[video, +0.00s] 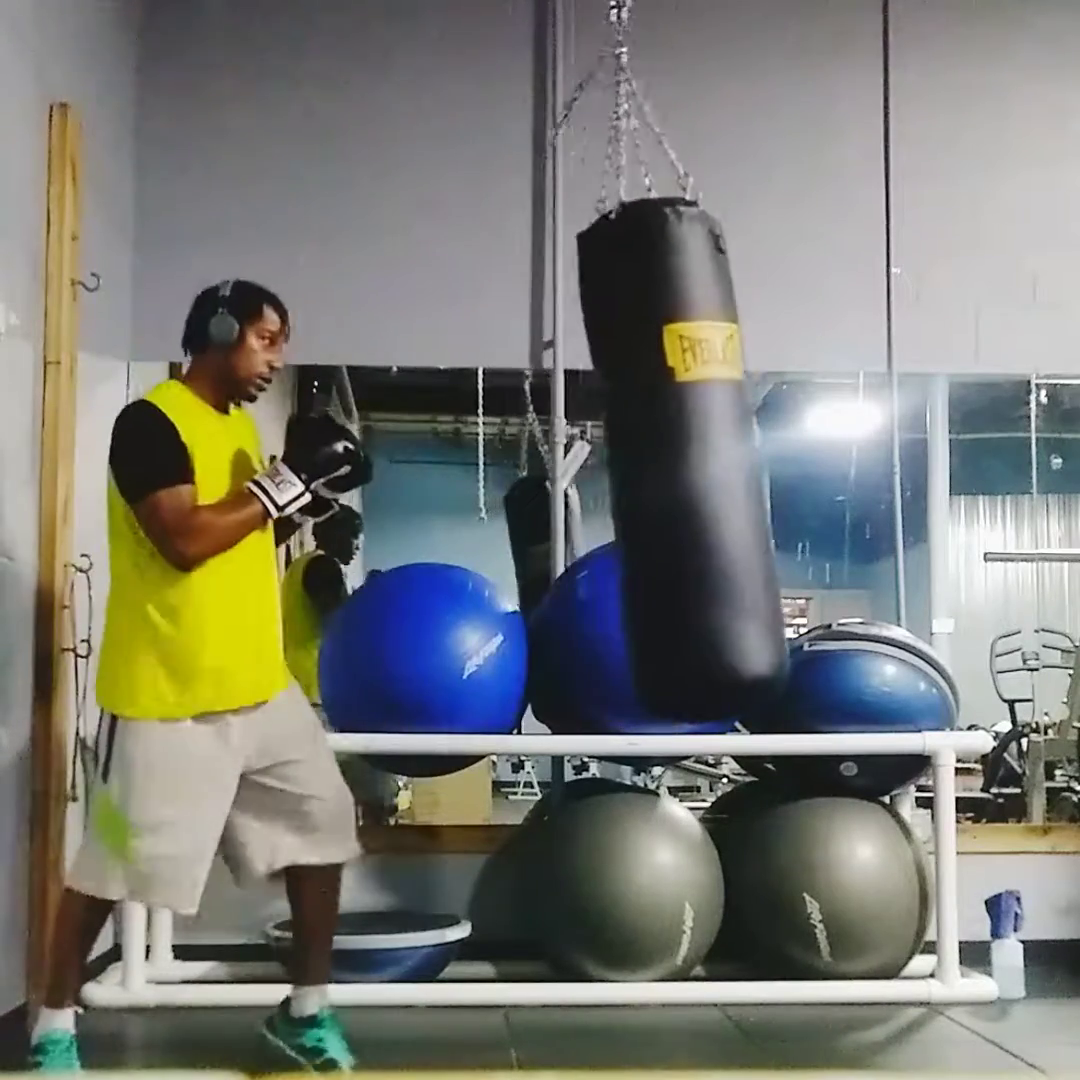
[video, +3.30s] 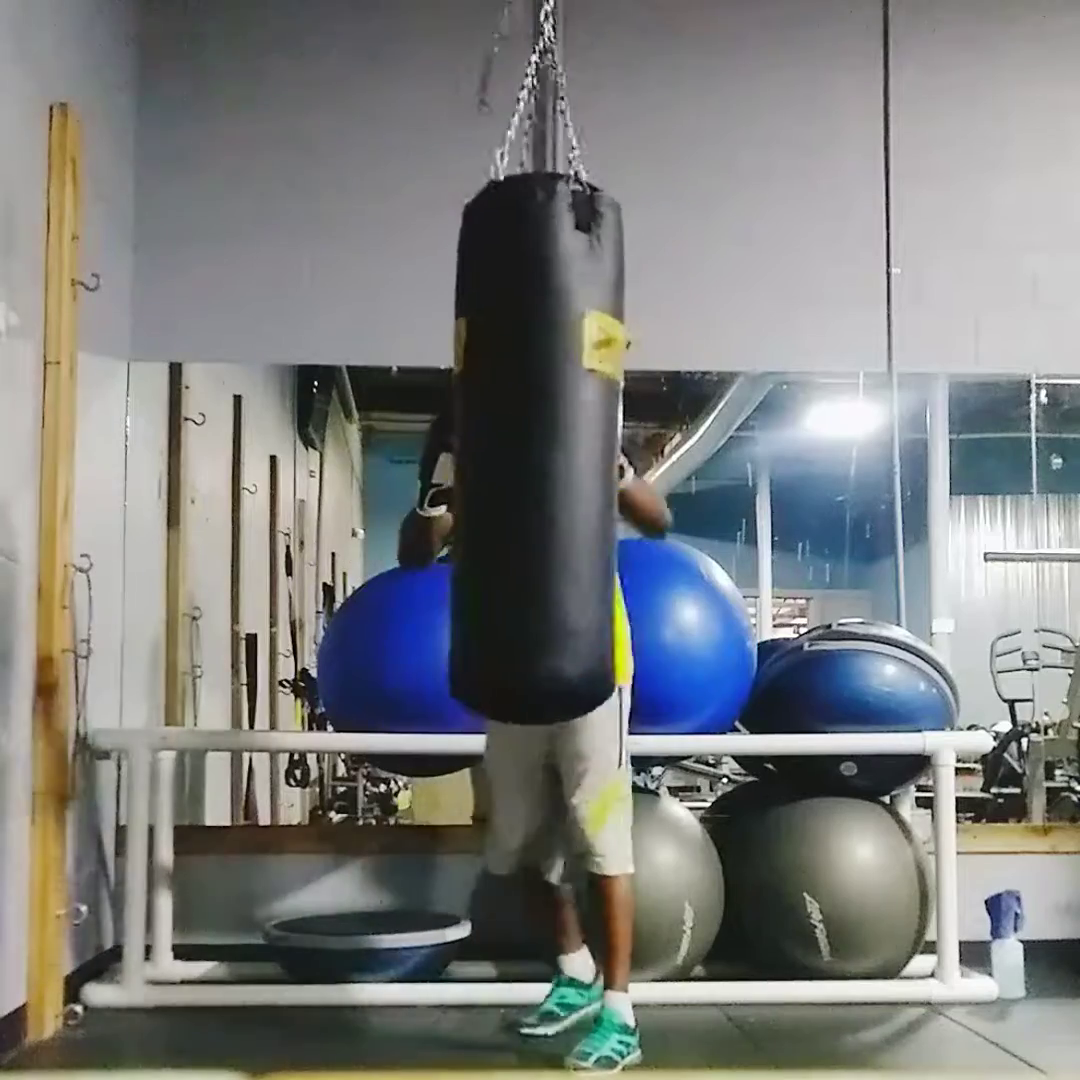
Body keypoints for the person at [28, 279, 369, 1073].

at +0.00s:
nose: (277, 357)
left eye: (281, 344)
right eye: (266, 339)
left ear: (258, 351)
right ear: (214, 335)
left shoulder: (245, 436)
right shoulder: (148, 420)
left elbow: (253, 560)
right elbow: (183, 540)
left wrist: (310, 536)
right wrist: (281, 490)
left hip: (257, 682)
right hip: (163, 690)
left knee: (325, 821)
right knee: (109, 861)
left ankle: (308, 1010)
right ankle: (52, 1024)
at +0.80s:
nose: (334, 368)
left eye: (340, 356)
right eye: (322, 351)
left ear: (338, 367)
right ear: (278, 354)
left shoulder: (330, 445)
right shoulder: (209, 422)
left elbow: (351, 558)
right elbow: (233, 512)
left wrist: (385, 502)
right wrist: (324, 434)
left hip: (297, 686)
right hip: (197, 687)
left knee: (351, 845)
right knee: (134, 856)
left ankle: (372, 1017)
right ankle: (77, 1018)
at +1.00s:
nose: (357, 365)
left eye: (367, 355)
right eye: (342, 348)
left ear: (370, 368)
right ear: (299, 351)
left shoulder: (367, 442)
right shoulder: (239, 421)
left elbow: (451, 508)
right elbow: (239, 514)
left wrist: (516, 458)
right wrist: (337, 439)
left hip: (322, 682)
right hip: (225, 679)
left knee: (362, 850)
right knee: (186, 857)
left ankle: (374, 1017)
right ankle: (152, 1006)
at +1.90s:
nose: (412, 367)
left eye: (424, 357)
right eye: (396, 353)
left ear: (436, 372)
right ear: (362, 364)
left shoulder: (459, 446)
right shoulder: (321, 439)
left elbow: (528, 536)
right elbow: (289, 537)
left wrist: (546, 486)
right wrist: (368, 471)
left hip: (428, 676)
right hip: (328, 679)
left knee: (445, 843)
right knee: (292, 838)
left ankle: (456, 1012)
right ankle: (274, 984)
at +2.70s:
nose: (441, 382)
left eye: (456, 372)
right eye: (429, 370)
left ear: (473, 387)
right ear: (405, 383)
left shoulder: (507, 450)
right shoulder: (378, 458)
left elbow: (552, 545)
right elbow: (324, 538)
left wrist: (554, 464)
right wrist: (376, 444)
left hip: (486, 678)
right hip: (395, 681)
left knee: (515, 846)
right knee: (370, 847)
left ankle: (538, 1009)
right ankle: (345, 988)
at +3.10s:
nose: (470, 402)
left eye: (484, 389)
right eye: (461, 389)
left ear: (511, 399)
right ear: (446, 403)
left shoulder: (541, 470)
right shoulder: (437, 480)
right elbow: (383, 562)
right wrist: (414, 481)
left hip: (542, 692)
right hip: (469, 695)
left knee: (581, 852)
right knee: (469, 849)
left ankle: (612, 1011)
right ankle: (465, 987)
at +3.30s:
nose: (515, 384)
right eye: (500, 370)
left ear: (555, 377)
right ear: (480, 385)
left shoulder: (586, 438)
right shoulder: (470, 447)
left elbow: (657, 520)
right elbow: (413, 555)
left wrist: (609, 469)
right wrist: (445, 504)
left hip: (590, 664)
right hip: (507, 668)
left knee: (601, 841)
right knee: (533, 843)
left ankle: (618, 1011)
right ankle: (578, 978)